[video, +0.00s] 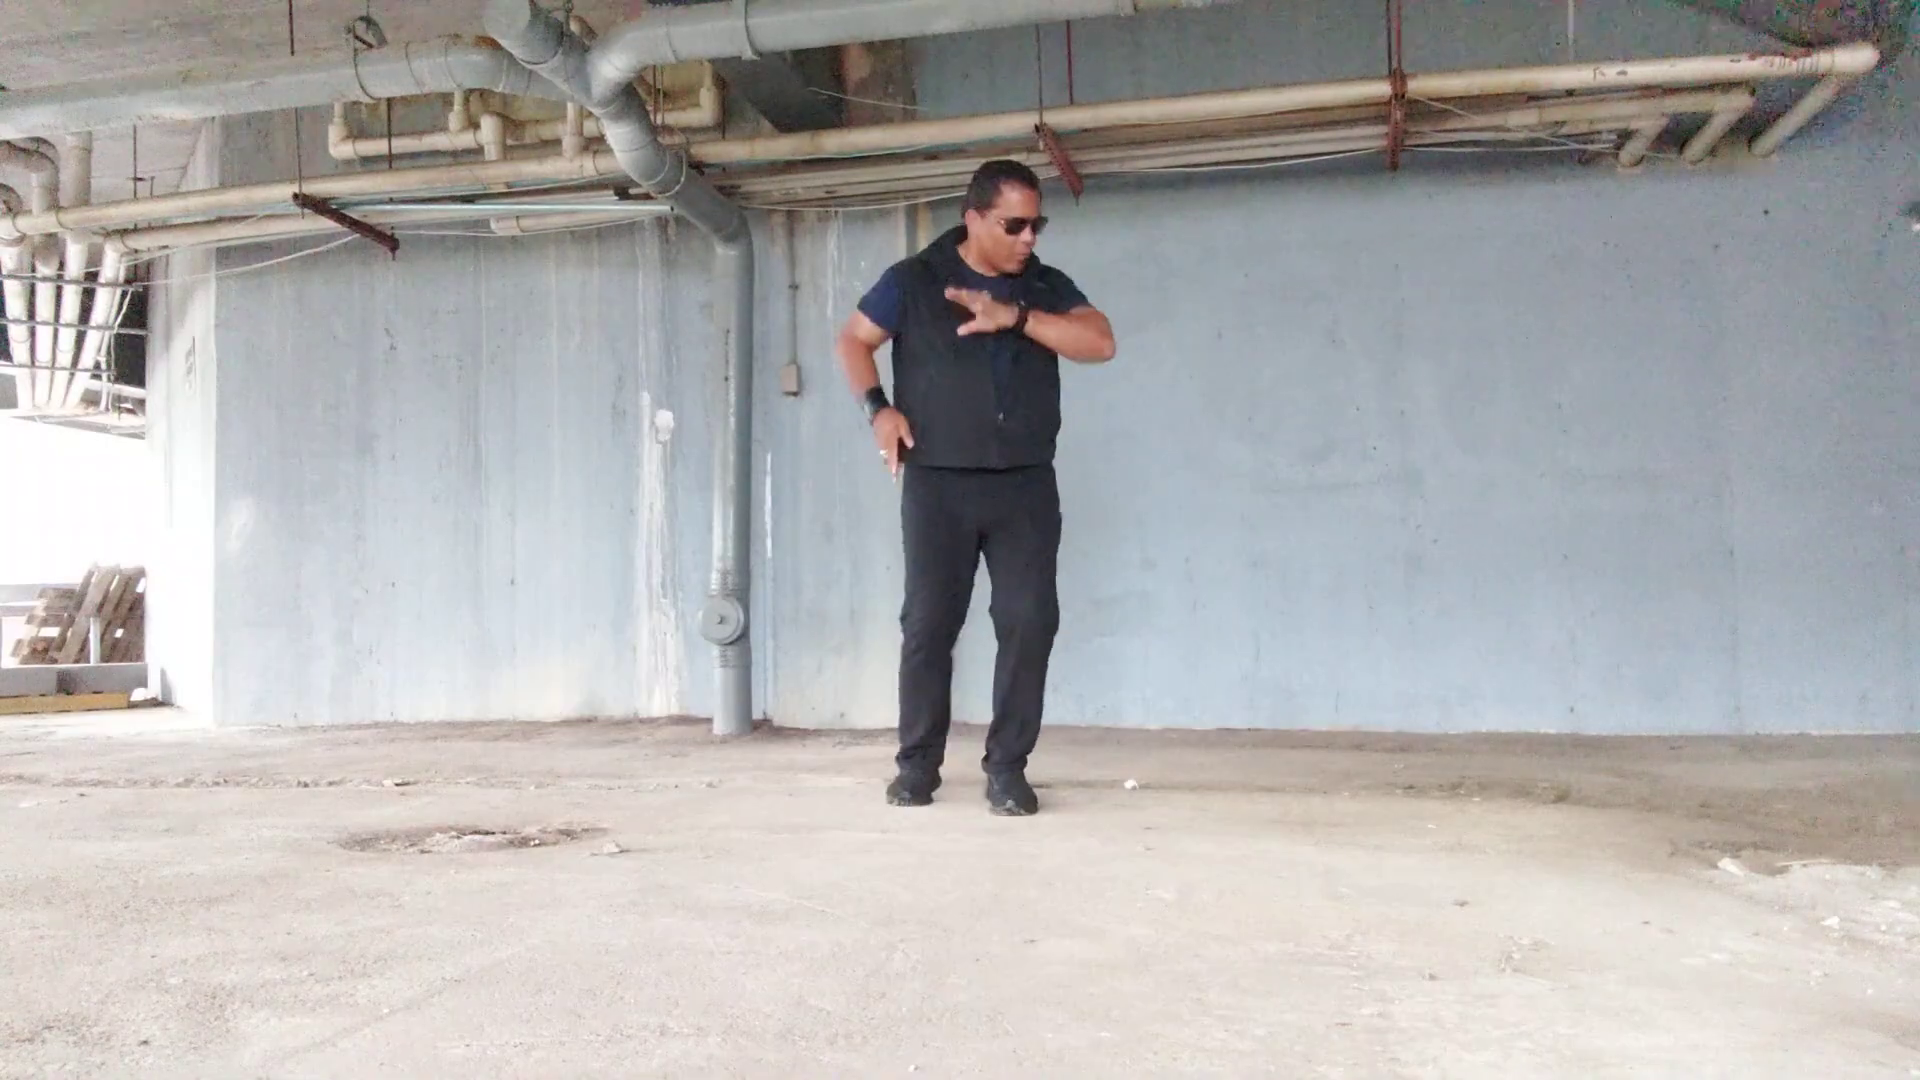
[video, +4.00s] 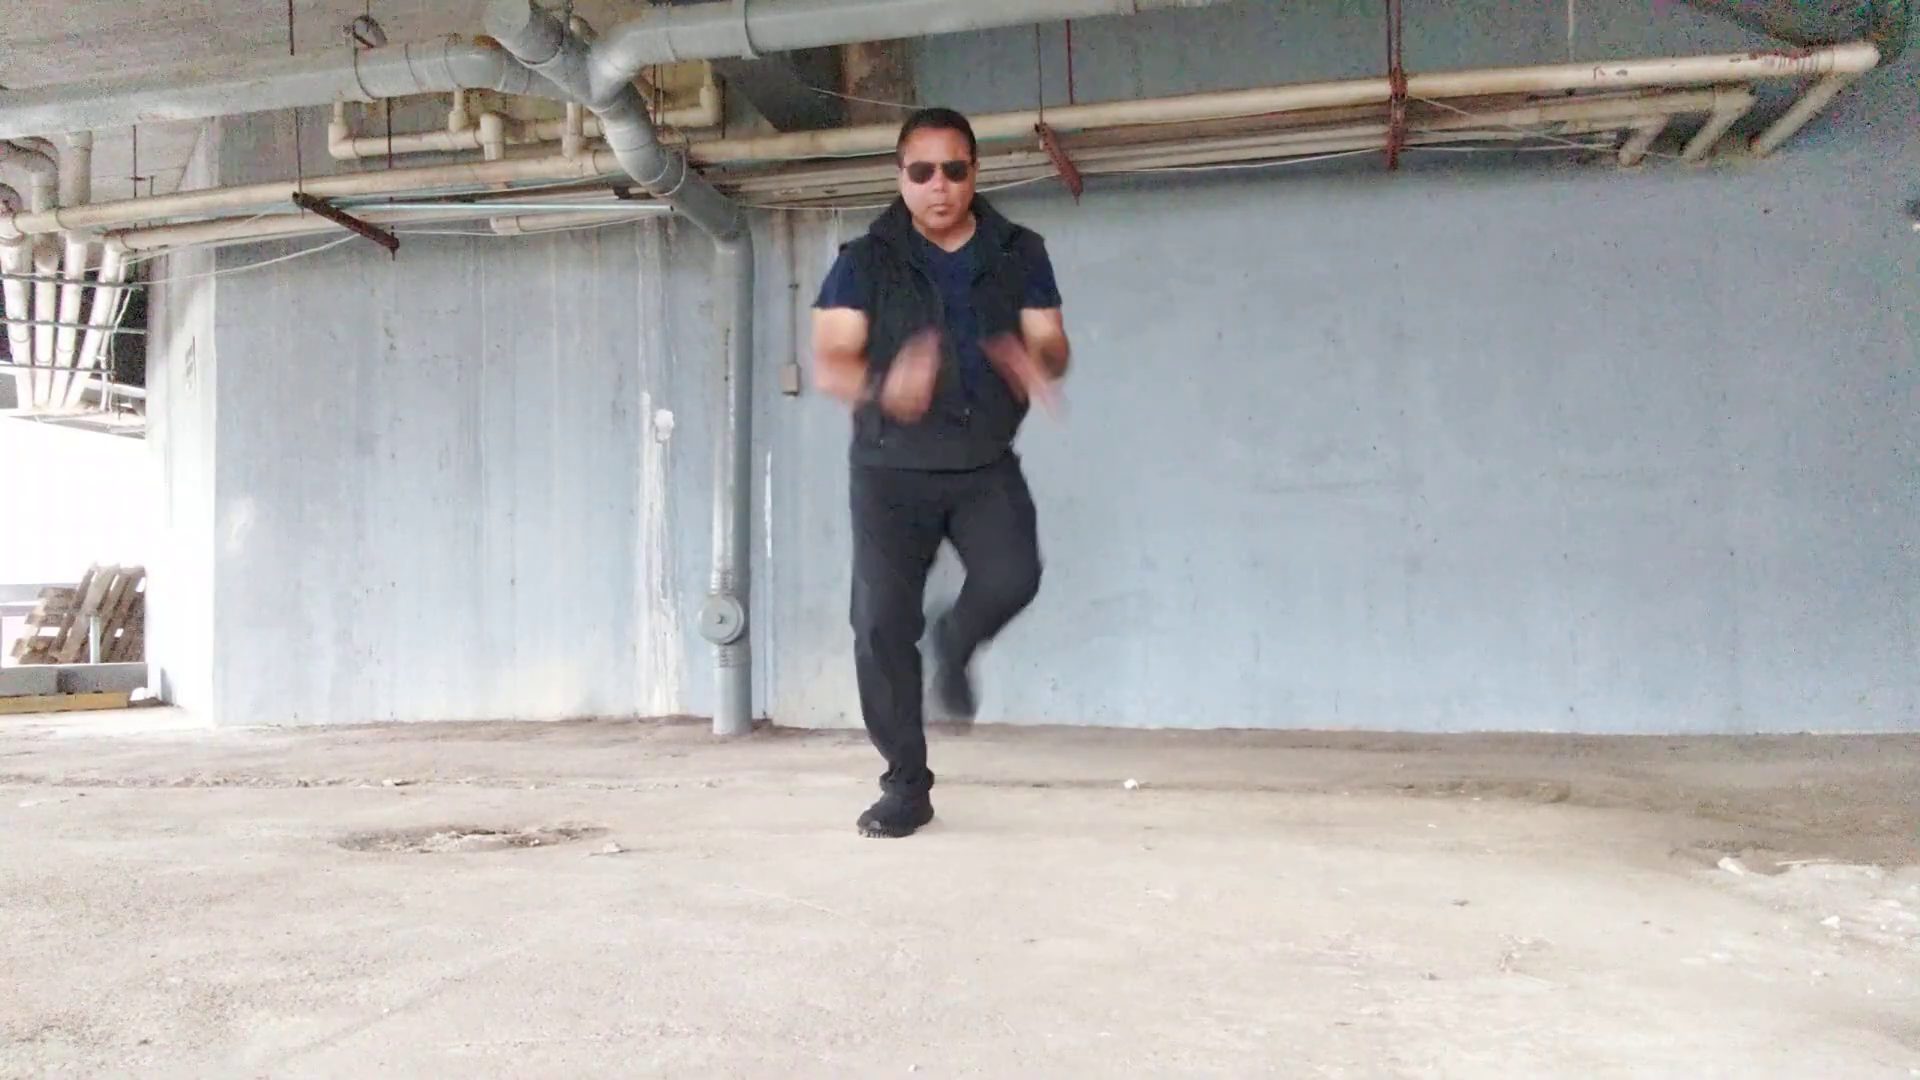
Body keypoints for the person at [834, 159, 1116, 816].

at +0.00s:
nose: (1029, 238)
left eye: (1035, 225)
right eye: (1016, 225)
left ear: (1039, 221)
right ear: (973, 219)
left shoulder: (1044, 284)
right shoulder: (916, 279)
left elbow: (1101, 343)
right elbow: (853, 340)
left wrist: (1018, 318)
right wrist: (878, 408)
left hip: (1025, 485)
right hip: (937, 485)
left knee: (1031, 622)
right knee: (927, 626)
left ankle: (1007, 768)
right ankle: (917, 764)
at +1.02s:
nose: (991, 215)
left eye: (1005, 203)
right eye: (977, 202)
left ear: (1022, 212)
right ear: (955, 209)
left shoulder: (1054, 285)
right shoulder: (913, 279)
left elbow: (1085, 378)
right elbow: (871, 361)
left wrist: (1031, 365)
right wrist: (881, 422)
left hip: (1017, 489)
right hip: (928, 485)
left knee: (1025, 632)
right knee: (905, 618)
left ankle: (1008, 772)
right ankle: (924, 733)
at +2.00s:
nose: (923, 211)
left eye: (930, 199)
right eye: (909, 198)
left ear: (935, 204)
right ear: (866, 201)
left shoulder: (944, 274)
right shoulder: (808, 268)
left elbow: (1004, 348)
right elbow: (754, 351)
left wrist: (941, 326)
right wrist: (779, 421)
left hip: (914, 483)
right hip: (831, 481)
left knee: (923, 623)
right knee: (841, 623)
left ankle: (850, 722)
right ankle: (850, 779)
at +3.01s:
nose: (1000, 185)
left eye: (1015, 172)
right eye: (985, 171)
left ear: (1035, 182)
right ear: (960, 180)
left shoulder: (1072, 264)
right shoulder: (922, 260)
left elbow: (1124, 351)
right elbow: (882, 354)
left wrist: (1172, 428)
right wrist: (942, 349)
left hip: (1032, 467)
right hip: (946, 473)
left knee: (1032, 613)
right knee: (926, 614)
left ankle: (1063, 771)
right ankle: (1022, 729)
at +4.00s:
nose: (939, 186)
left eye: (953, 171)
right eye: (922, 172)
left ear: (975, 176)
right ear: (899, 180)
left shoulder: (1018, 252)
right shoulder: (865, 261)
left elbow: (1053, 353)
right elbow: (831, 367)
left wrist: (1032, 361)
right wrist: (882, 385)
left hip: (986, 472)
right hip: (893, 478)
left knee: (1011, 579)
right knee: (881, 626)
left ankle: (950, 645)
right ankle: (906, 782)